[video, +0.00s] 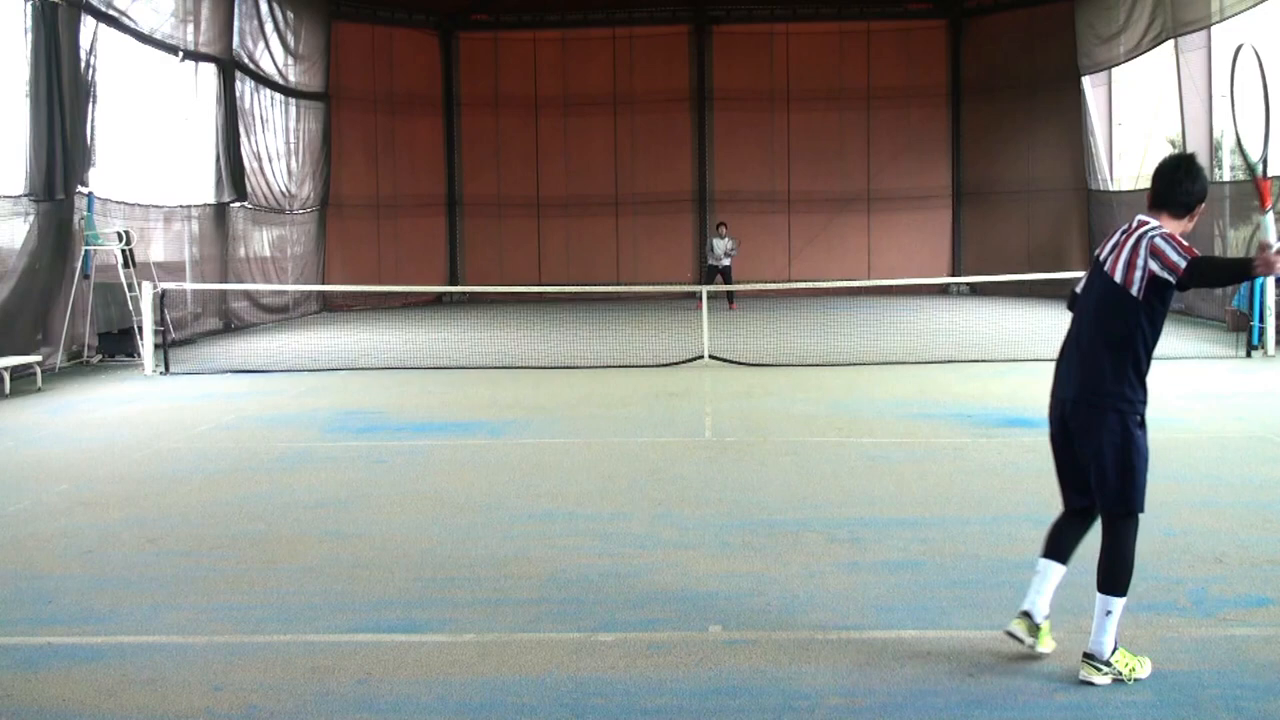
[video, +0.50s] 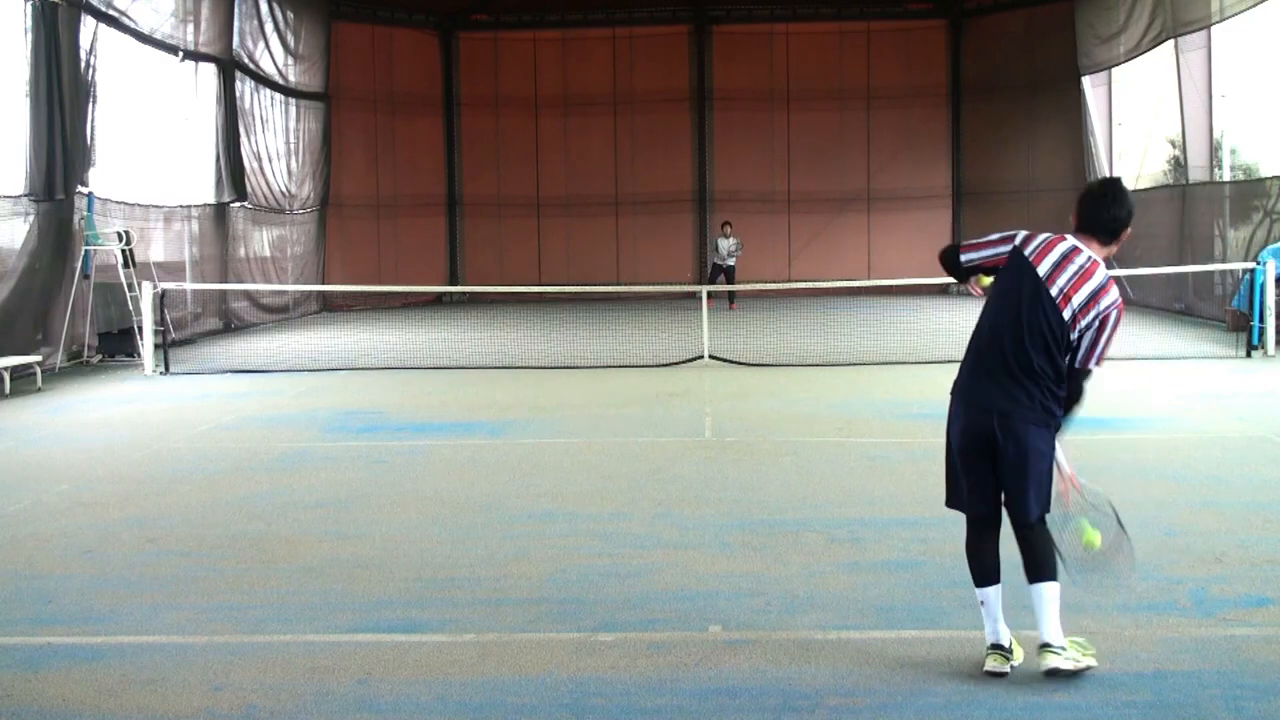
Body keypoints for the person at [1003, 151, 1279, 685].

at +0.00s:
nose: (1200, 218)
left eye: (1198, 211)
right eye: (1202, 210)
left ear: (1150, 196)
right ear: (1196, 209)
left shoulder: (1121, 236)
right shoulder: (1159, 241)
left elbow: (1077, 298)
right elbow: (1196, 270)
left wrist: (1121, 319)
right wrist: (1252, 266)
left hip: (1069, 396)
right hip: (1113, 403)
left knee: (1081, 506)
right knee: (1122, 520)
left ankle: (1032, 612)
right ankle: (1101, 653)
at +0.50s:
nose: (1127, 237)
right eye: (1128, 230)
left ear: (1075, 216)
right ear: (1123, 235)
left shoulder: (1030, 242)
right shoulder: (1109, 299)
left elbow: (950, 255)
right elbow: (1075, 378)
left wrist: (968, 280)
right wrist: (1052, 428)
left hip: (971, 404)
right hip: (1028, 416)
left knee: (981, 519)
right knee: (1030, 520)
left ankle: (997, 642)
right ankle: (1054, 642)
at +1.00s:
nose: (986, 195)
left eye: (984, 186)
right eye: (1028, 194)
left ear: (978, 193)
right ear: (1033, 203)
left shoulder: (940, 245)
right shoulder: (1042, 268)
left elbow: (905, 325)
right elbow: (1003, 314)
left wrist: (895, 388)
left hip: (937, 421)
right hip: (1000, 424)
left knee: (944, 532)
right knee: (991, 541)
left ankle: (957, 639)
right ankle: (974, 675)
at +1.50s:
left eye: (827, 198)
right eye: (867, 196)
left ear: (817, 207)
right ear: (875, 203)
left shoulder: (798, 280)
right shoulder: (911, 267)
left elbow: (782, 391)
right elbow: (967, 336)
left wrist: (798, 451)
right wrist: (974, 400)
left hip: (835, 466)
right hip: (909, 463)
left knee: (818, 592)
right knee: (941, 572)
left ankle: (820, 714)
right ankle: (968, 687)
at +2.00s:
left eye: (748, 191)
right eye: (802, 189)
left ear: (741, 201)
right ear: (807, 201)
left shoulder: (714, 273)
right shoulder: (841, 272)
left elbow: (699, 382)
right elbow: (886, 370)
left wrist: (740, 370)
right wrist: (836, 418)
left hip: (741, 475)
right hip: (819, 476)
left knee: (701, 615)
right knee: (813, 623)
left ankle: (672, 714)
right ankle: (808, 719)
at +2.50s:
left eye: (648, 160)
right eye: (714, 157)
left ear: (644, 171)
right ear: (716, 168)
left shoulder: (620, 250)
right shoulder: (754, 247)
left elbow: (614, 364)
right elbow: (811, 347)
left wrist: (671, 381)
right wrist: (757, 398)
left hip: (658, 463)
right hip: (744, 460)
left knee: (637, 621)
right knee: (766, 611)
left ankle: (622, 717)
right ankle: (782, 717)